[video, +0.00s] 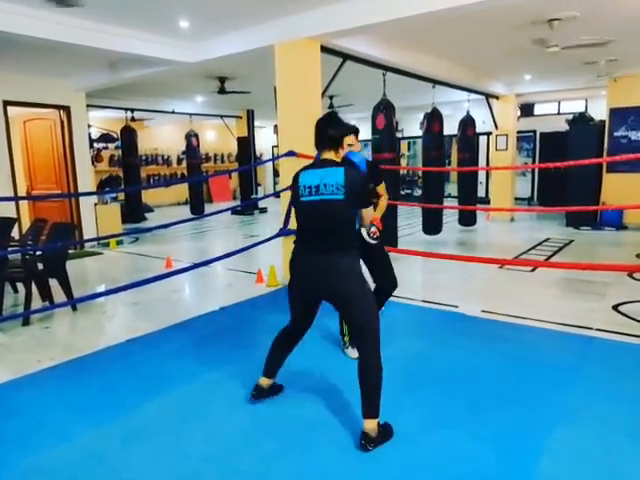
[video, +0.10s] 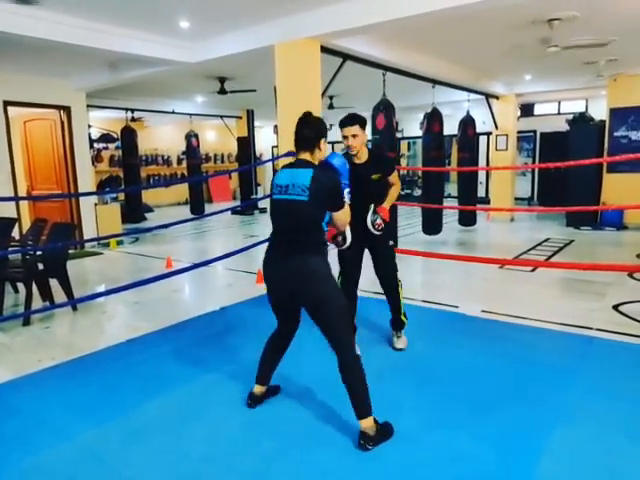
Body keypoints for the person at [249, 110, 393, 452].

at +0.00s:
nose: (350, 147)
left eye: (349, 142)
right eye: (348, 142)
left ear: (317, 143)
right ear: (340, 144)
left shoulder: (300, 177)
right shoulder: (352, 175)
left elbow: (301, 216)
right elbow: (367, 214)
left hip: (303, 268)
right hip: (341, 270)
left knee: (297, 325)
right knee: (369, 345)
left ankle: (264, 382)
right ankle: (371, 428)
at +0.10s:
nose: (328, 147)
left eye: (325, 142)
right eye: (327, 142)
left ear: (295, 142)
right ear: (320, 144)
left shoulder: (280, 172)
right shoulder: (324, 176)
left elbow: (288, 214)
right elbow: (342, 222)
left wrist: (325, 226)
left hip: (275, 266)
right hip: (310, 269)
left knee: (285, 325)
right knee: (344, 345)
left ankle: (258, 388)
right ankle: (368, 426)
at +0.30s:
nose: (288, 135)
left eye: (288, 130)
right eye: (287, 130)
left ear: (259, 128)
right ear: (277, 130)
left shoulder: (242, 157)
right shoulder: (282, 161)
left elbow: (258, 194)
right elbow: (303, 205)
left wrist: (295, 189)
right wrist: (301, 187)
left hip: (233, 249)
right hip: (258, 253)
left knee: (259, 317)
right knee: (274, 328)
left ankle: (251, 383)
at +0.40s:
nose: (269, 144)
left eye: (268, 139)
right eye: (267, 139)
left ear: (239, 139)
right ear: (257, 140)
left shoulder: (225, 171)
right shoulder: (257, 172)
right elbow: (283, 214)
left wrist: (272, 178)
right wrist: (285, 178)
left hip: (217, 259)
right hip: (238, 265)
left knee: (246, 313)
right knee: (241, 341)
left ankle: (232, 371)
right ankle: (212, 420)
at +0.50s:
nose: (254, 151)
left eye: (254, 145)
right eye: (252, 145)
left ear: (228, 147)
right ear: (240, 147)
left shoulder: (214, 176)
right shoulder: (234, 181)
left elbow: (246, 218)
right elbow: (259, 224)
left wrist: (259, 189)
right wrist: (267, 189)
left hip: (202, 269)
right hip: (219, 274)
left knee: (231, 322)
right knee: (243, 343)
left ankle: (203, 368)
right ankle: (213, 423)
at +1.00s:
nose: (204, 151)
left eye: (203, 146)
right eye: (200, 146)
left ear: (183, 149)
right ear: (186, 148)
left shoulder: (189, 177)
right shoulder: (175, 180)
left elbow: (203, 216)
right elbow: (205, 221)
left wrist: (205, 214)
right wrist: (212, 191)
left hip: (187, 260)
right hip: (164, 263)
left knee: (225, 301)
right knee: (170, 331)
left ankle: (206, 357)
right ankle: (136, 387)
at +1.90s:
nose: (235, 151)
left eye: (235, 145)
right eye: (228, 147)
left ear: (237, 147)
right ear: (212, 152)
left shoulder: (241, 174)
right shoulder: (202, 178)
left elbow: (269, 188)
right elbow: (215, 212)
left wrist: (278, 172)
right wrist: (227, 183)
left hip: (235, 247)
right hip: (207, 250)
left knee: (256, 295)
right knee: (192, 304)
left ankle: (264, 335)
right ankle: (166, 353)